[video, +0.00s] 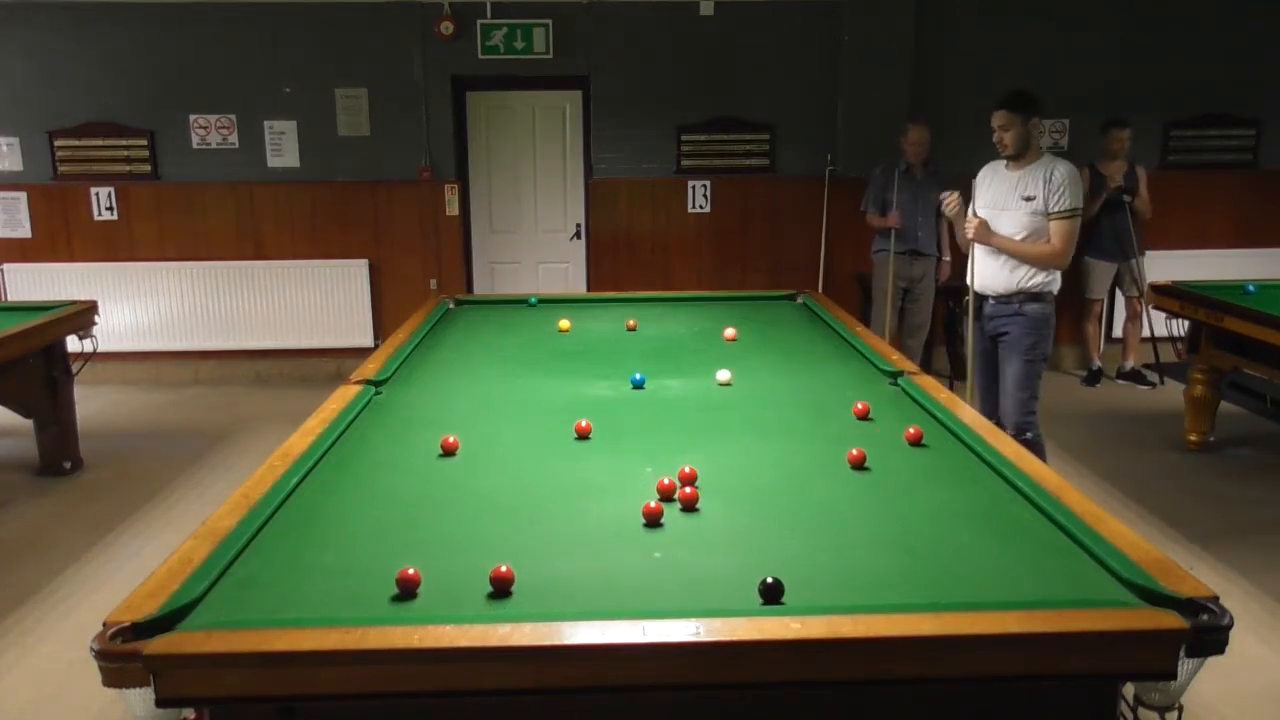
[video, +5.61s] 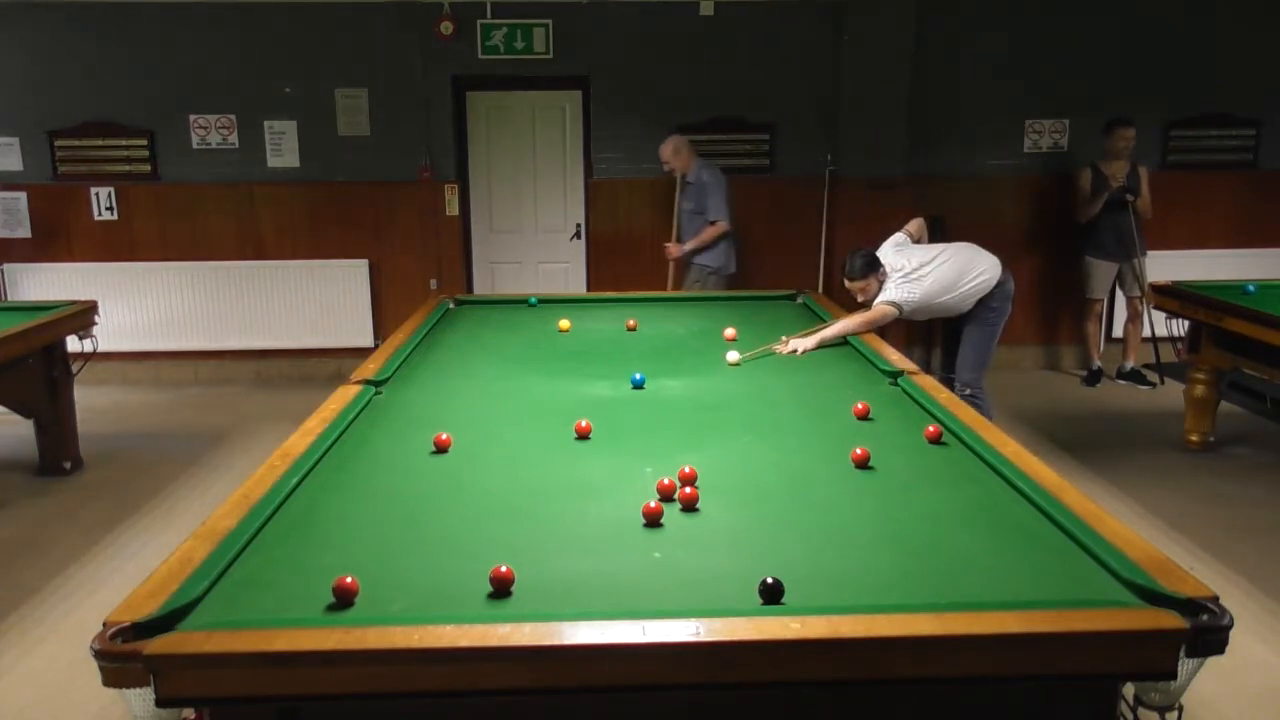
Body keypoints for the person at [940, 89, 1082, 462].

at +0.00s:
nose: (997, 138)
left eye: (1005, 130)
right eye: (994, 130)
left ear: (1032, 127)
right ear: (994, 131)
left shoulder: (1059, 174)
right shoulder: (987, 174)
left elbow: (1061, 254)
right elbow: (970, 247)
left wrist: (992, 239)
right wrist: (956, 220)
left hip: (1026, 310)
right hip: (981, 308)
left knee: (1017, 421)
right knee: (985, 417)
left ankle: (1038, 512)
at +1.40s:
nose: (961, 140)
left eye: (969, 133)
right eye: (957, 133)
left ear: (993, 128)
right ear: (953, 131)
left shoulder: (1015, 170)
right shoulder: (946, 165)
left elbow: (1014, 242)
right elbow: (931, 230)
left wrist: (956, 228)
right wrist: (931, 203)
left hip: (990, 291)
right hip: (946, 290)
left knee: (987, 389)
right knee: (953, 384)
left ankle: (991, 470)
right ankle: (953, 467)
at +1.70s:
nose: (961, 139)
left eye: (969, 131)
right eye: (956, 131)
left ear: (991, 128)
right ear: (952, 131)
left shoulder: (1012, 171)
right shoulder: (941, 168)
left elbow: (1022, 240)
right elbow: (926, 219)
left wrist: (979, 279)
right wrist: (921, 256)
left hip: (986, 289)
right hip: (940, 287)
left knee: (977, 383)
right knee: (944, 379)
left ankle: (970, 458)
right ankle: (942, 453)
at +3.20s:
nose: (915, 169)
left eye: (923, 162)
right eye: (910, 162)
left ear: (941, 157)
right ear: (905, 158)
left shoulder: (956, 182)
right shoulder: (916, 199)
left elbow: (967, 233)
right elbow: (916, 257)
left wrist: (913, 265)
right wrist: (904, 307)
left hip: (967, 298)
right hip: (926, 298)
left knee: (947, 380)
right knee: (913, 378)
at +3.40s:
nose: (899, 190)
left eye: (905, 183)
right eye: (893, 184)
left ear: (923, 173)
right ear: (887, 178)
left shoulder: (937, 194)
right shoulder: (909, 202)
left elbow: (918, 249)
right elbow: (923, 251)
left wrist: (872, 296)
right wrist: (917, 297)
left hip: (984, 291)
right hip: (944, 292)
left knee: (972, 377)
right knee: (931, 373)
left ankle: (982, 456)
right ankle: (933, 448)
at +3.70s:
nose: (878, 252)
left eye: (883, 245)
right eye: (873, 245)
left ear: (901, 233)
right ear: (868, 235)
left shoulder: (915, 255)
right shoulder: (909, 225)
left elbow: (876, 300)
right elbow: (942, 246)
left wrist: (829, 329)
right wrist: (934, 286)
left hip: (1002, 288)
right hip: (962, 292)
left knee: (979, 385)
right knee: (951, 373)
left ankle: (988, 458)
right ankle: (943, 443)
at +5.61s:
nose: (859, 298)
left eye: (863, 290)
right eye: (853, 292)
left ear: (880, 276)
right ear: (846, 280)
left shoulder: (896, 294)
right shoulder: (887, 249)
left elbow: (865, 321)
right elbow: (918, 222)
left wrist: (812, 340)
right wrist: (921, 257)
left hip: (992, 285)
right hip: (968, 269)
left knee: (968, 381)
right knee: (952, 374)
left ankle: (983, 449)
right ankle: (960, 443)